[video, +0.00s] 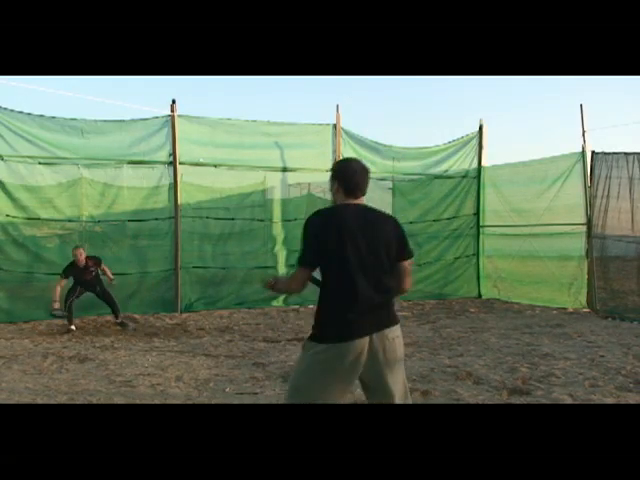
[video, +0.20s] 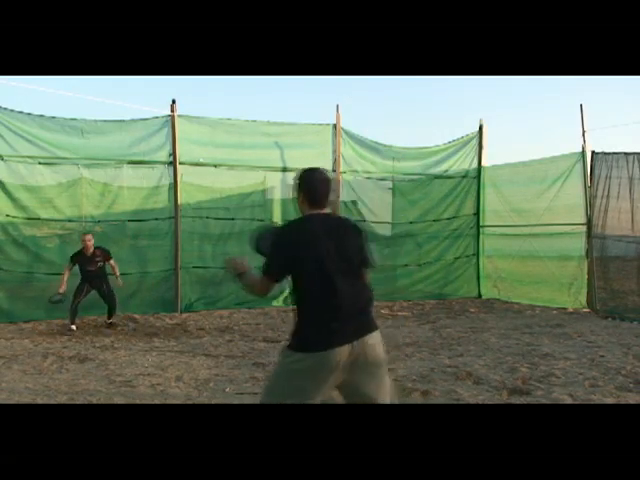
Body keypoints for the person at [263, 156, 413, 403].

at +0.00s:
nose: (330, 188)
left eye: (331, 183)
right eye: (332, 183)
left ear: (336, 186)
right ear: (365, 188)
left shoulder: (320, 221)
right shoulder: (389, 223)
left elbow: (298, 283)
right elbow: (404, 284)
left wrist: (279, 285)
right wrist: (370, 283)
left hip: (335, 339)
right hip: (386, 336)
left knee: (303, 398)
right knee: (394, 399)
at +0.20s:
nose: (297, 197)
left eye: (298, 193)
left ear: (301, 197)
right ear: (328, 195)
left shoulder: (290, 234)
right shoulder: (350, 228)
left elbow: (263, 288)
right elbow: (362, 277)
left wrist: (242, 272)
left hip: (316, 348)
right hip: (367, 341)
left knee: (278, 400)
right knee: (378, 399)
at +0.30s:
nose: (267, 200)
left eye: (269, 195)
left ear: (274, 199)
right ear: (302, 197)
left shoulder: (266, 236)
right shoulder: (325, 227)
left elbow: (241, 293)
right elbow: (342, 267)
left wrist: (213, 295)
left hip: (300, 345)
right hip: (348, 337)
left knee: (266, 400)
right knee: (366, 399)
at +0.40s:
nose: (240, 206)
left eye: (241, 200)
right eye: (244, 199)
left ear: (246, 204)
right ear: (275, 200)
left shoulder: (243, 243)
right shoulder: (299, 223)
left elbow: (224, 307)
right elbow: (328, 244)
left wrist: (188, 329)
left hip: (294, 340)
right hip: (340, 327)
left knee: (262, 399)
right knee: (362, 398)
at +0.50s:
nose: (220, 215)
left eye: (220, 210)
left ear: (223, 213)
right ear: (253, 205)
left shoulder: (231, 251)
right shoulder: (284, 223)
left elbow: (222, 319)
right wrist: (231, 250)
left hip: (294, 340)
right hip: (340, 323)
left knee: (263, 398)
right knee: (361, 398)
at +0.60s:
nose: (210, 226)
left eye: (210, 221)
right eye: (210, 221)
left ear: (215, 224)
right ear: (244, 214)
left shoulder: (231, 255)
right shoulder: (266, 229)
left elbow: (230, 323)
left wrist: (194, 374)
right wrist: (221, 251)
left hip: (299, 339)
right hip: (341, 321)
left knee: (263, 399)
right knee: (371, 398)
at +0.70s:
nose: (212, 233)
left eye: (210, 227)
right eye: (210, 227)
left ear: (213, 228)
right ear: (242, 218)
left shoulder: (234, 254)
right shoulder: (263, 232)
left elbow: (244, 321)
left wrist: (215, 374)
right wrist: (216, 271)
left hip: (305, 340)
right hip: (344, 320)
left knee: (265, 399)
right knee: (377, 397)